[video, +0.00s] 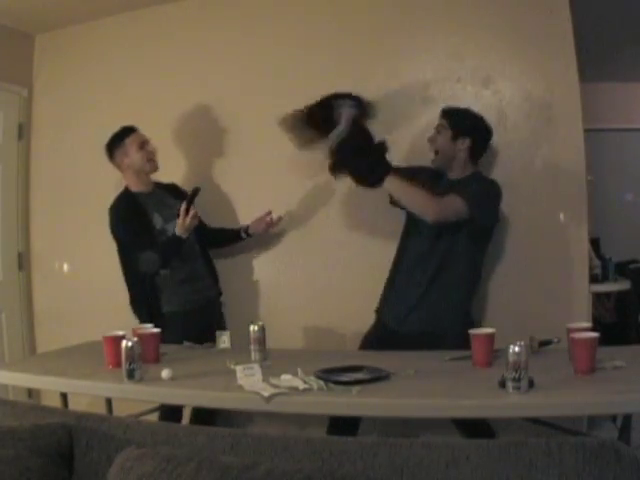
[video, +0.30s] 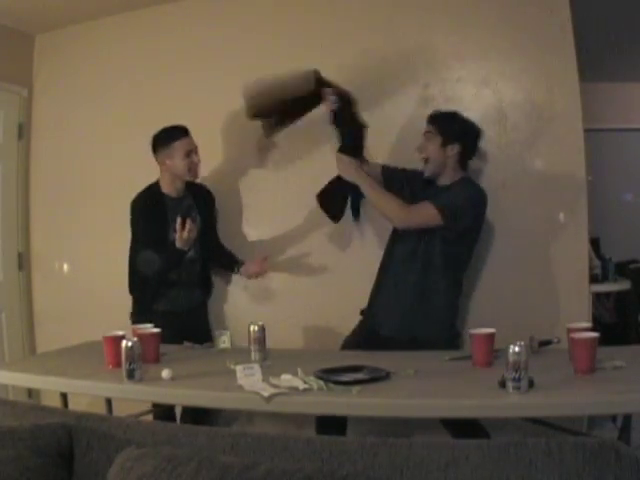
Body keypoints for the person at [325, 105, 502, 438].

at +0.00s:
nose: (431, 139)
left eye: (439, 133)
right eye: (434, 131)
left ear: (463, 145)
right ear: (458, 144)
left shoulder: (484, 191)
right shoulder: (427, 179)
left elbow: (434, 210)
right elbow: (374, 173)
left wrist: (379, 173)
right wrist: (350, 130)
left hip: (443, 327)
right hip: (394, 320)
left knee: (463, 411)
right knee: (347, 395)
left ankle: (504, 468)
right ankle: (331, 471)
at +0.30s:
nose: (420, 149)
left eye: (429, 142)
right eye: (422, 141)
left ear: (453, 150)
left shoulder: (468, 196)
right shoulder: (417, 184)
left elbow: (404, 217)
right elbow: (357, 168)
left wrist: (359, 177)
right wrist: (344, 121)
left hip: (428, 328)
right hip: (382, 320)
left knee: (451, 410)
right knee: (328, 388)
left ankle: (497, 468)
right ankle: (330, 472)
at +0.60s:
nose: (407, 156)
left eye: (414, 148)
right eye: (407, 148)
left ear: (441, 152)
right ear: (432, 153)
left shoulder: (463, 196)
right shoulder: (411, 181)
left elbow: (400, 224)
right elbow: (367, 160)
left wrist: (361, 180)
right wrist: (351, 113)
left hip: (429, 328)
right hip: (382, 320)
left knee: (452, 410)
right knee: (328, 386)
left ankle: (496, 467)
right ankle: (329, 472)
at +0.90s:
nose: (421, 183)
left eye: (429, 175)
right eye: (414, 174)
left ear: (445, 168)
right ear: (404, 167)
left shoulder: (461, 200)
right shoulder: (397, 185)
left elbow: (439, 264)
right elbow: (352, 176)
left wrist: (384, 222)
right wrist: (343, 125)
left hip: (431, 329)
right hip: (381, 321)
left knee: (455, 413)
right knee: (327, 389)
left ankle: (499, 469)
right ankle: (328, 472)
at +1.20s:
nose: (429, 181)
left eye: (437, 172)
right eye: (421, 172)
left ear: (446, 165)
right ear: (405, 164)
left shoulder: (464, 201)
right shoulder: (388, 184)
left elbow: (491, 257)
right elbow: (340, 186)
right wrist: (305, 146)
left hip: (437, 326)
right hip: (384, 321)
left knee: (458, 408)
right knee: (334, 385)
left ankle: (498, 468)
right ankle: (330, 469)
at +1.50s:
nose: (419, 170)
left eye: (428, 162)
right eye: (411, 161)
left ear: (444, 158)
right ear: (402, 157)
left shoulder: (468, 197)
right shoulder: (391, 186)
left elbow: (522, 243)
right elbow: (326, 179)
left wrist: (519, 314)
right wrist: (370, 133)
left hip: (436, 328)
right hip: (381, 322)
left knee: (458, 409)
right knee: (332, 391)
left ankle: (502, 474)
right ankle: (328, 476)